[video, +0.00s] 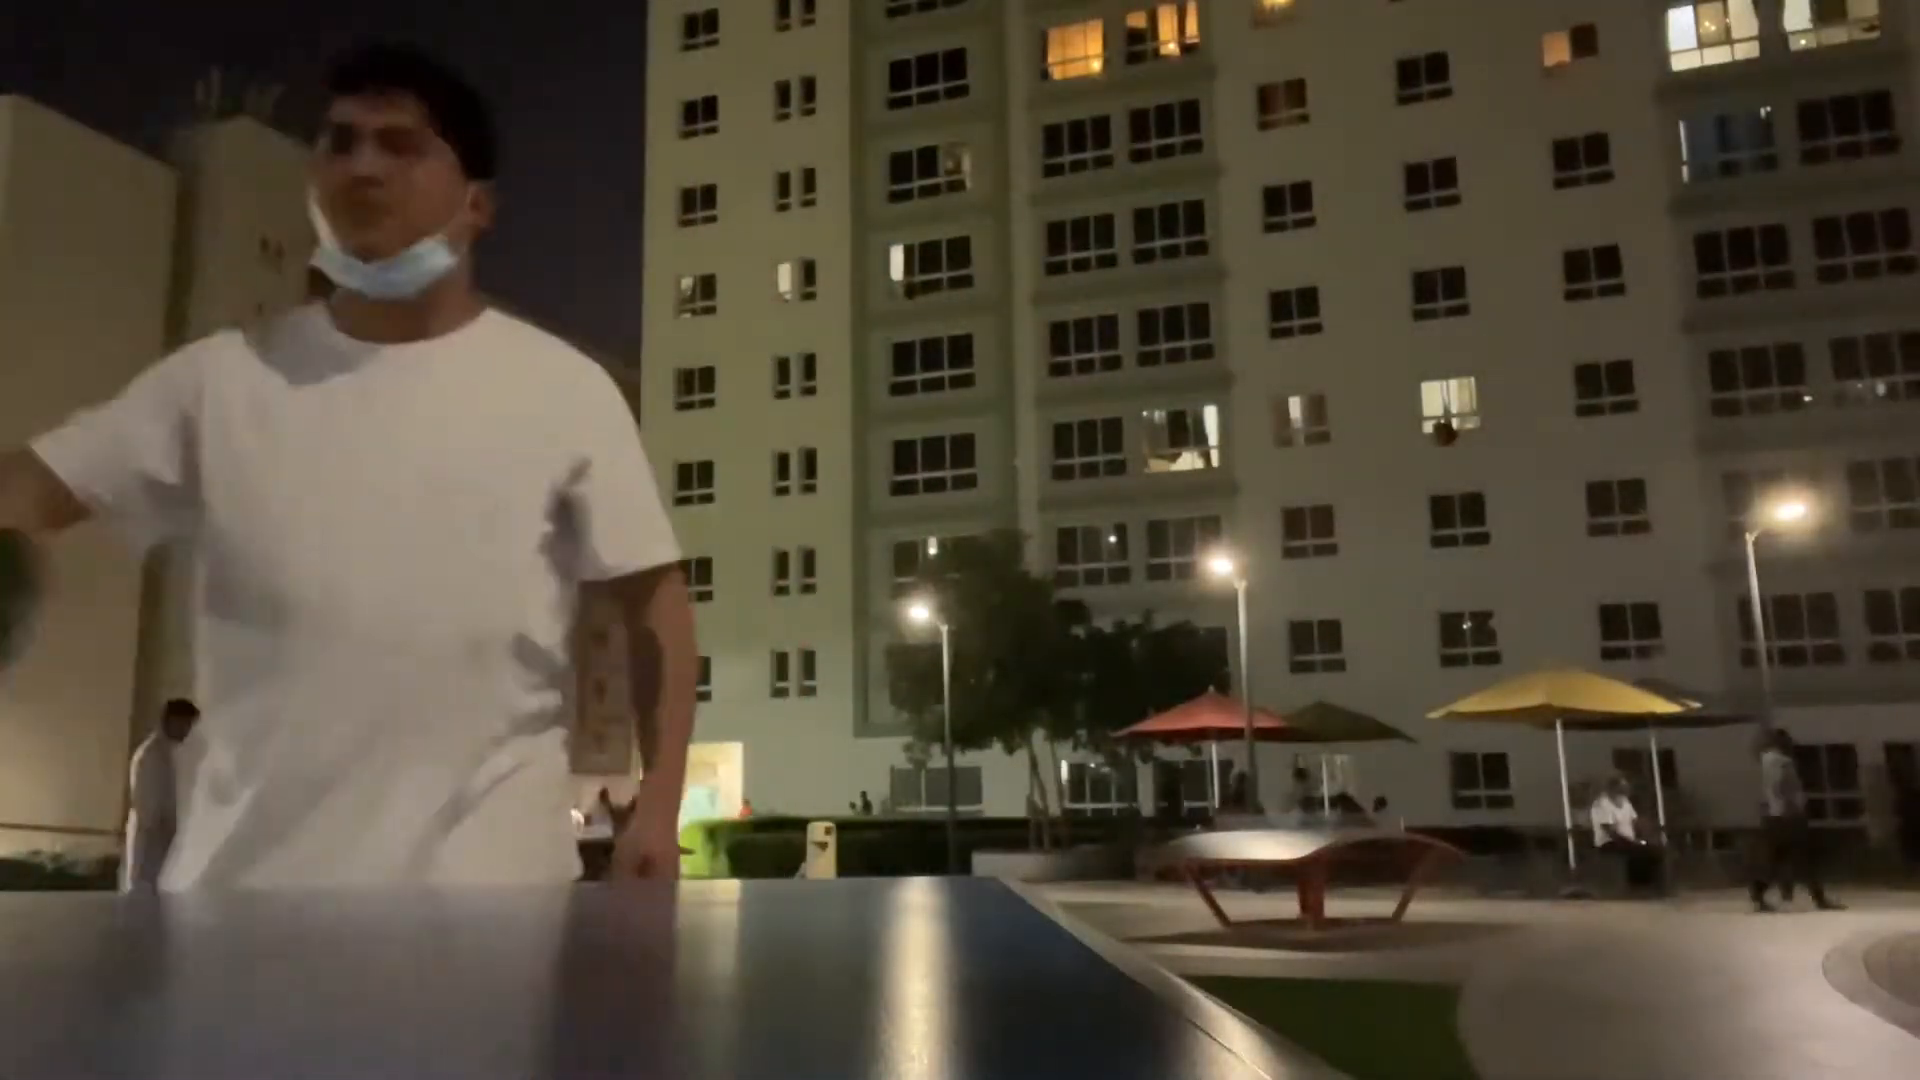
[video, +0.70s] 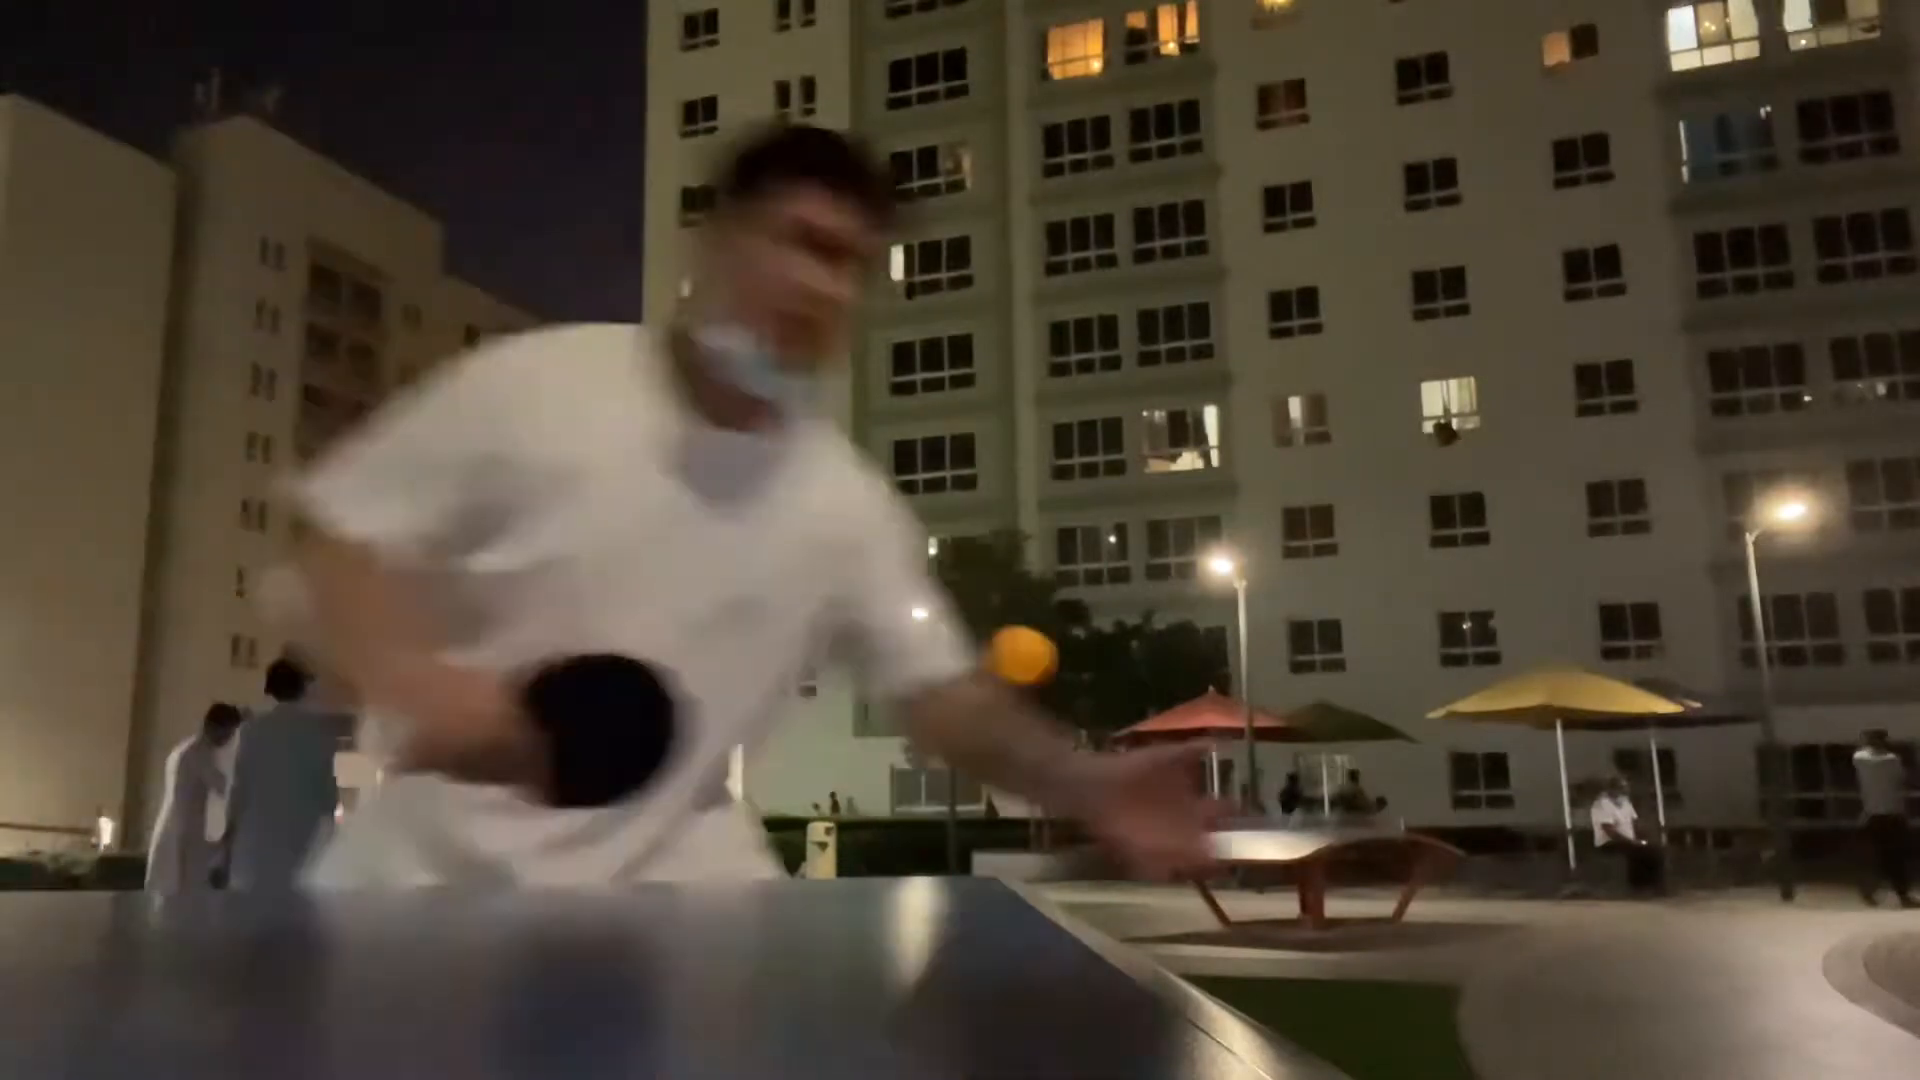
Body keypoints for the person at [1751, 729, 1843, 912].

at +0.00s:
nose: (1791, 744)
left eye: (1790, 741)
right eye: (1789, 741)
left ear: (1772, 742)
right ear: (1783, 742)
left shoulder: (1768, 758)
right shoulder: (1780, 761)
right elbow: (1780, 788)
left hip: (1773, 816)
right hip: (1787, 816)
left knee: (1772, 858)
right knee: (1806, 859)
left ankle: (1759, 892)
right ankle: (1820, 898)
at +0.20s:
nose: (1823, 745)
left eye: (1822, 741)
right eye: (1822, 742)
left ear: (1804, 741)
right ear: (1818, 742)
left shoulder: (1795, 759)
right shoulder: (1821, 760)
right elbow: (1840, 782)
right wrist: (1853, 767)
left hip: (1806, 815)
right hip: (1825, 816)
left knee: (1819, 860)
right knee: (1831, 860)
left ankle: (1824, 897)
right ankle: (1832, 899)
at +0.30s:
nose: (1831, 748)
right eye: (1830, 744)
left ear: (1815, 744)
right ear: (1831, 744)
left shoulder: (1808, 761)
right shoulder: (1836, 762)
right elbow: (1852, 777)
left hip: (1821, 815)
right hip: (1840, 815)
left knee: (1828, 859)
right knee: (1849, 858)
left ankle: (1825, 898)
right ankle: (1856, 897)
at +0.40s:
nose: (1837, 745)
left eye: (1833, 741)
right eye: (1839, 741)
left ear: (1825, 742)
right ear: (1841, 742)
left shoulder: (1818, 760)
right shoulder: (1849, 761)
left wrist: (1832, 750)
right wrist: (1852, 750)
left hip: (1831, 816)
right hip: (1850, 816)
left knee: (1837, 856)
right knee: (1854, 857)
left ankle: (1840, 887)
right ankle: (1855, 895)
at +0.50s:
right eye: (1854, 741)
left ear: (1835, 742)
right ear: (1854, 742)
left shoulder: (1828, 758)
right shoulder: (1861, 759)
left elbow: (1829, 786)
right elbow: (1873, 784)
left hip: (1841, 816)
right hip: (1865, 816)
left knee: (1850, 859)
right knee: (1877, 856)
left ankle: (1855, 898)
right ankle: (1882, 895)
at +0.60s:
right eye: (1867, 743)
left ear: (1851, 743)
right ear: (1869, 743)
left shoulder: (1843, 760)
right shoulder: (1877, 761)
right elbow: (1887, 784)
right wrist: (1888, 809)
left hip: (1855, 815)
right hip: (1877, 815)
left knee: (1859, 857)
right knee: (1888, 857)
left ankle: (1857, 896)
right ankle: (1903, 896)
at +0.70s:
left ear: (1867, 742)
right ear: (1884, 741)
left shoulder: (1860, 759)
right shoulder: (1893, 759)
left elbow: (1859, 754)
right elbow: (1901, 781)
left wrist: (1868, 746)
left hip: (1872, 815)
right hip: (1893, 815)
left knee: (1877, 855)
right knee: (1896, 857)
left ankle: (1868, 887)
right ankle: (1903, 895)